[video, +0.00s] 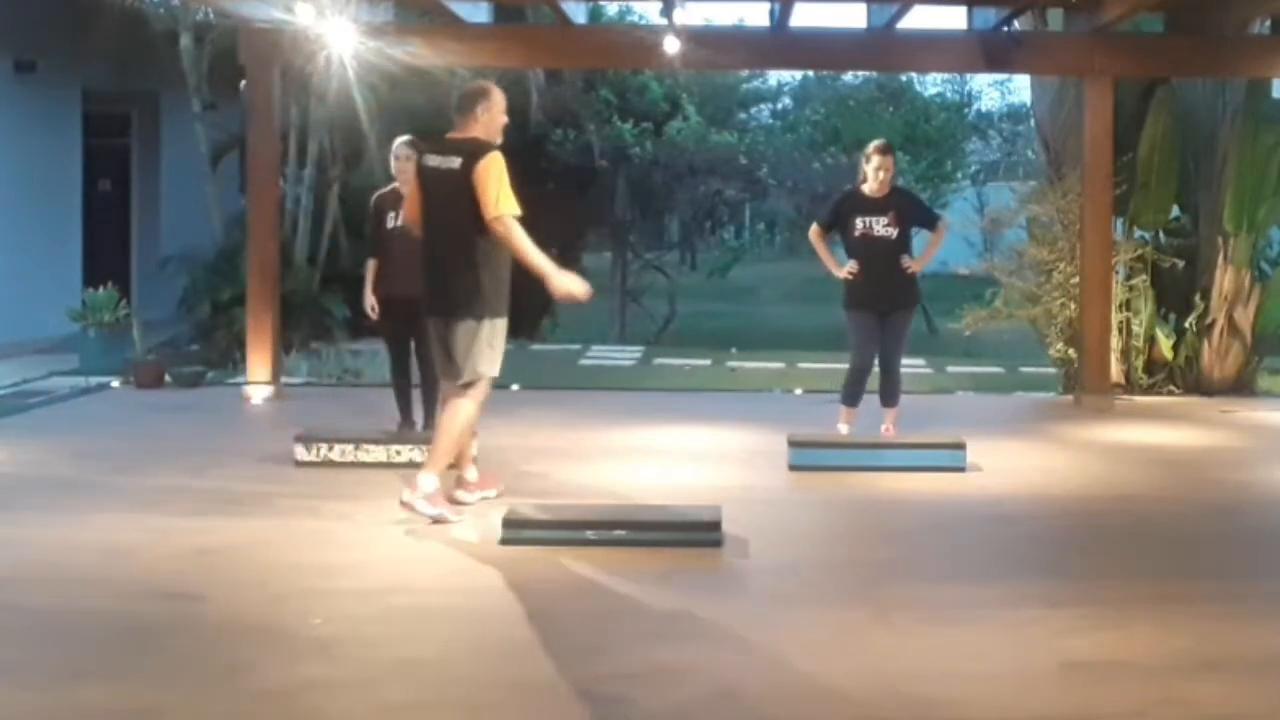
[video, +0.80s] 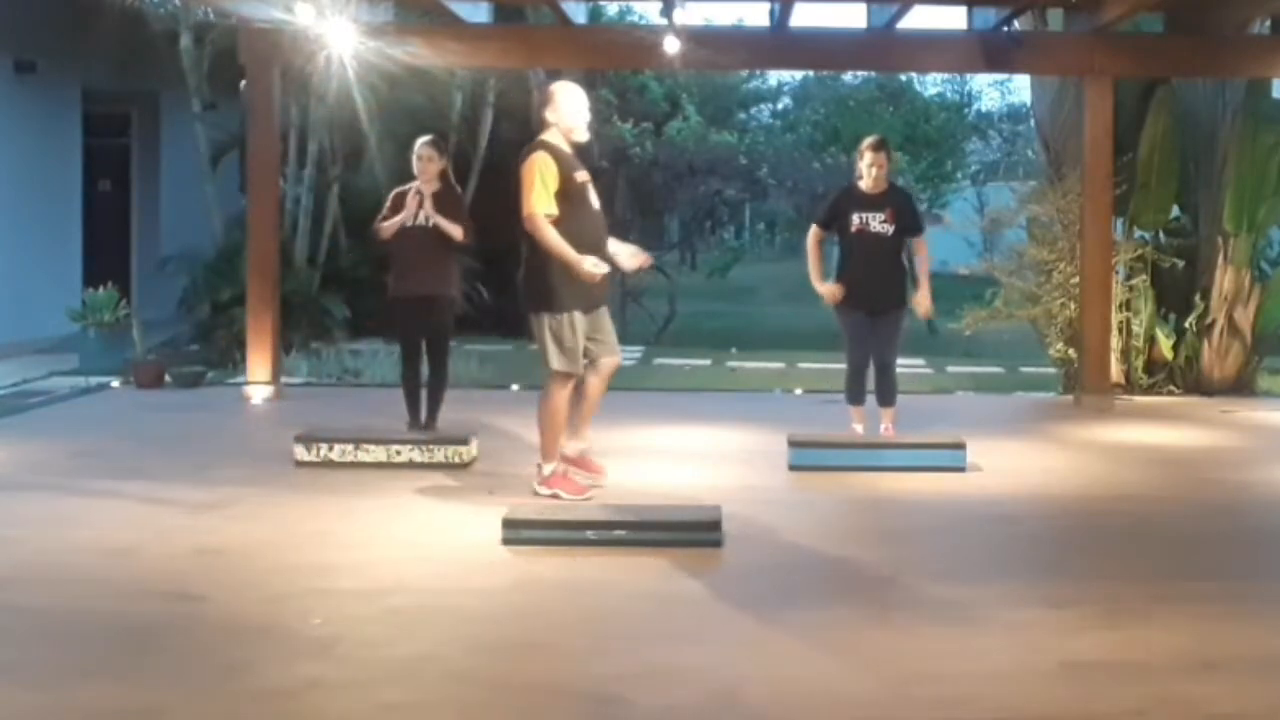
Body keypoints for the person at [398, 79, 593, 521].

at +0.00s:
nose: (506, 120)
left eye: (505, 112)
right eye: (502, 112)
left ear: (464, 113)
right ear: (483, 113)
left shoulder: (428, 154)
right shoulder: (487, 158)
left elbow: (411, 219)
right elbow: (502, 222)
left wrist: (449, 236)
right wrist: (553, 274)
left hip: (438, 290)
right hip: (479, 296)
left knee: (454, 385)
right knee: (474, 387)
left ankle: (464, 475)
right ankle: (426, 484)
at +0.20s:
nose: (527, 117)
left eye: (526, 109)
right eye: (521, 109)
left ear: (489, 111)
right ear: (497, 111)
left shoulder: (458, 151)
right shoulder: (498, 155)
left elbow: (444, 206)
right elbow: (492, 218)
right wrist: (515, 284)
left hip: (460, 285)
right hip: (499, 285)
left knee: (464, 375)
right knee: (537, 365)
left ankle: (465, 480)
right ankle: (484, 449)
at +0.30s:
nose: (540, 117)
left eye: (538, 109)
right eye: (534, 109)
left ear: (502, 113)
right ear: (508, 113)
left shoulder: (471, 154)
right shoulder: (505, 155)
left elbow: (470, 219)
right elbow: (493, 215)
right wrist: (521, 277)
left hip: (475, 285)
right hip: (509, 283)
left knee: (474, 372)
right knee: (549, 363)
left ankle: (469, 474)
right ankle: (521, 464)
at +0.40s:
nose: (551, 120)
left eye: (550, 112)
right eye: (544, 112)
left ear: (517, 117)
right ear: (518, 116)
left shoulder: (494, 156)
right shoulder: (515, 158)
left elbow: (478, 220)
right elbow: (501, 216)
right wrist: (541, 271)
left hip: (490, 288)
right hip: (522, 289)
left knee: (484, 374)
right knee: (549, 371)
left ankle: (469, 474)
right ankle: (550, 466)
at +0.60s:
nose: (571, 122)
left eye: (570, 114)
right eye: (563, 114)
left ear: (541, 120)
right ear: (538, 119)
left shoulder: (536, 159)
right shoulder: (532, 162)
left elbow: (536, 223)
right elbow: (528, 220)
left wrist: (580, 257)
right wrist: (578, 258)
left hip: (538, 291)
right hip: (547, 293)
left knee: (545, 378)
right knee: (561, 375)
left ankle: (497, 442)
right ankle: (552, 468)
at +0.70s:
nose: (578, 120)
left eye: (577, 112)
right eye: (569, 112)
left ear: (554, 118)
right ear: (544, 116)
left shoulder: (556, 160)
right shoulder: (538, 161)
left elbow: (566, 225)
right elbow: (536, 221)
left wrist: (596, 269)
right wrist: (588, 260)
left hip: (572, 285)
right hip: (549, 289)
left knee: (593, 360)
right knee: (561, 374)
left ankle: (537, 434)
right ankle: (552, 468)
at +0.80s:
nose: (586, 118)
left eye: (586, 109)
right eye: (578, 109)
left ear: (573, 114)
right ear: (553, 112)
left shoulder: (570, 159)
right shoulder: (540, 159)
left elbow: (581, 224)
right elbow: (535, 220)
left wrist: (618, 249)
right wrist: (578, 261)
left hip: (585, 286)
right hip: (555, 290)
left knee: (606, 361)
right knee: (563, 374)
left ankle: (573, 446)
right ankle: (548, 468)